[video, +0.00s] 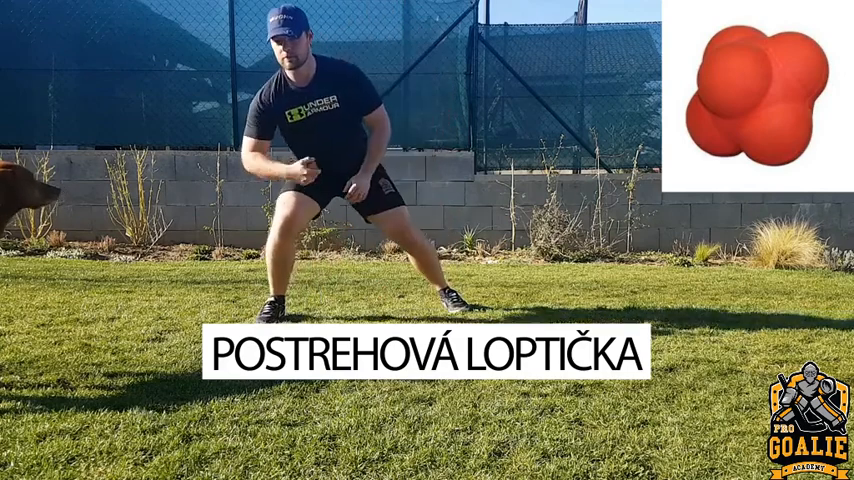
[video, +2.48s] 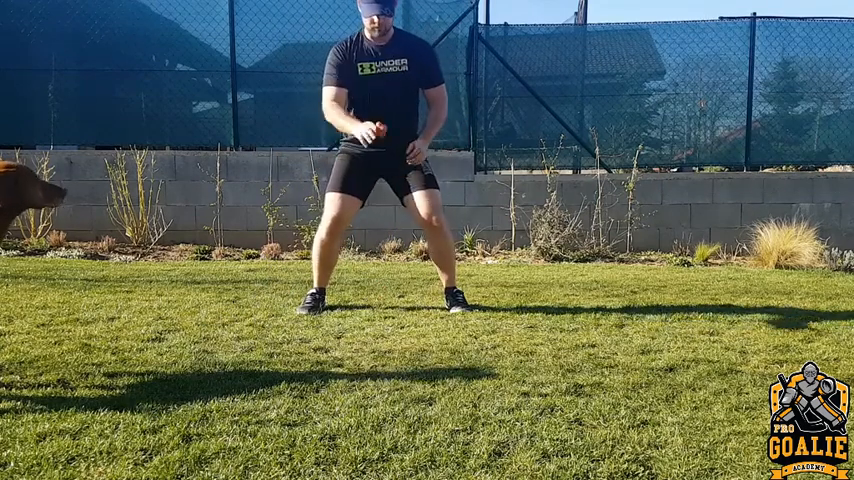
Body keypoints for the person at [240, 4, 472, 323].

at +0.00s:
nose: (285, 48)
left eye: (292, 38)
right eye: (278, 41)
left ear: (309, 37)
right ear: (271, 45)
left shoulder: (345, 75)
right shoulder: (267, 99)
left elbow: (380, 125)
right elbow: (251, 158)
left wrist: (365, 172)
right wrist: (288, 171)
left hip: (361, 168)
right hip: (312, 175)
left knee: (406, 235)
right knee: (283, 223)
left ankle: (446, 291)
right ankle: (276, 301)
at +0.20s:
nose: (323, 24)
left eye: (330, 15)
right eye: (316, 18)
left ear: (345, 17)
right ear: (309, 24)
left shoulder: (377, 61)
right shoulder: (297, 77)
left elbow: (407, 114)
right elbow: (282, 131)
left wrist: (385, 158)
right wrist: (302, 164)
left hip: (382, 157)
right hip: (332, 163)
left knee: (420, 230)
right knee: (301, 221)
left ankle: (448, 291)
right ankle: (277, 300)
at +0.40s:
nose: (372, 7)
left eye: (379, 1)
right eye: (365, 2)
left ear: (392, 4)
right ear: (358, 7)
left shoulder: (422, 49)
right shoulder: (344, 57)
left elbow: (446, 104)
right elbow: (325, 111)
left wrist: (421, 139)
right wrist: (338, 136)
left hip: (416, 151)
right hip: (366, 151)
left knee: (438, 228)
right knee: (326, 219)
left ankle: (451, 290)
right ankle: (288, 295)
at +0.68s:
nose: (396, 9)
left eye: (402, 3)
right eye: (389, 4)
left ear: (412, 5)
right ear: (381, 7)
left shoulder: (438, 42)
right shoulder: (362, 46)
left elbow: (468, 96)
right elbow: (343, 104)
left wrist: (450, 132)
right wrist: (363, 98)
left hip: (425, 149)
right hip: (377, 148)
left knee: (442, 225)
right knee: (343, 218)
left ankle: (452, 292)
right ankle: (317, 291)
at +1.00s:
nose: (388, 16)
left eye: (396, 10)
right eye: (382, 10)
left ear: (406, 9)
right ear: (373, 10)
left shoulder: (428, 48)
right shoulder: (355, 50)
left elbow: (447, 103)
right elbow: (342, 105)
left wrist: (438, 134)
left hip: (416, 147)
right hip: (369, 147)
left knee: (437, 221)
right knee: (337, 220)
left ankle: (452, 292)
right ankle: (318, 293)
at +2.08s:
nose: (361, 28)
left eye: (367, 21)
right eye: (354, 22)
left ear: (378, 13)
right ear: (345, 17)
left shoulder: (406, 47)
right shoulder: (328, 56)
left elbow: (428, 104)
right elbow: (311, 112)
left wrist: (411, 142)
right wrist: (332, 107)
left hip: (398, 147)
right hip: (351, 149)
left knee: (429, 215)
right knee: (329, 219)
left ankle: (452, 291)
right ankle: (317, 293)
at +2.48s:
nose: (376, 20)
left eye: (383, 14)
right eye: (369, 14)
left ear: (393, 12)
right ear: (360, 14)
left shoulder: (419, 50)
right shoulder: (342, 53)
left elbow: (438, 104)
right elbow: (331, 106)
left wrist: (425, 140)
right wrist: (356, 127)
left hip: (405, 148)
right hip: (358, 148)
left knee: (433, 218)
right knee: (333, 219)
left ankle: (452, 291)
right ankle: (317, 293)